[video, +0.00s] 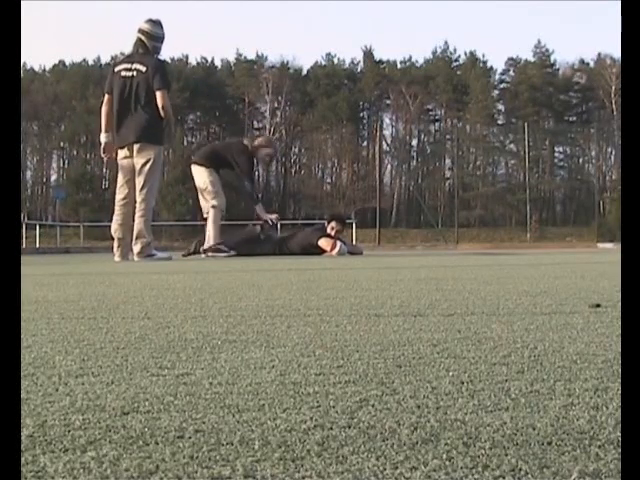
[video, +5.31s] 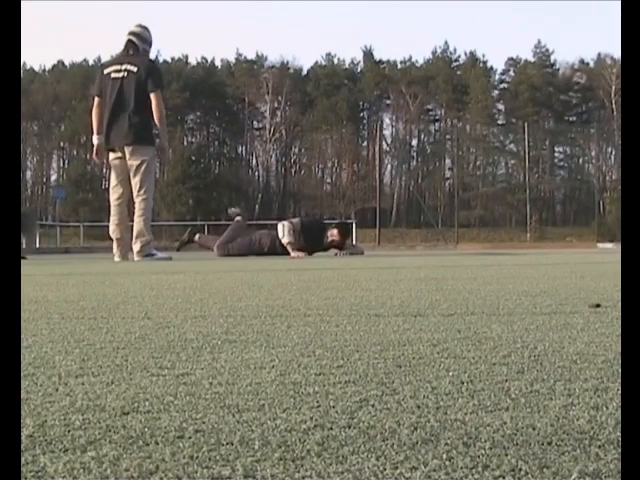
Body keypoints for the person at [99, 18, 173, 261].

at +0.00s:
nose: (161, 46)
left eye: (161, 41)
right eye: (160, 41)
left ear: (138, 37)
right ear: (156, 41)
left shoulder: (118, 65)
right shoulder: (155, 64)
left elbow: (107, 103)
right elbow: (162, 102)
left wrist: (105, 135)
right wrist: (169, 124)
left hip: (122, 136)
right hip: (148, 136)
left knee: (123, 195)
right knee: (145, 195)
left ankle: (119, 249)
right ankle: (142, 246)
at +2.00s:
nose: (164, 49)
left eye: (165, 44)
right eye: (164, 44)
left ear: (143, 38)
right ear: (160, 43)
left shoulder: (121, 65)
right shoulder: (156, 64)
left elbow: (110, 104)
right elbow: (162, 102)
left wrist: (114, 134)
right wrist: (175, 127)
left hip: (124, 137)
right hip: (148, 137)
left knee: (124, 195)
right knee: (146, 195)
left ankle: (119, 249)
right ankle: (143, 248)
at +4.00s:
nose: (150, 47)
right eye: (151, 43)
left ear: (131, 41)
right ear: (150, 42)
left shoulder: (113, 66)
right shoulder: (153, 65)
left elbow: (103, 103)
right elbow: (160, 100)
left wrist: (106, 135)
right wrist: (171, 135)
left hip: (117, 137)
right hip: (144, 137)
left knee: (120, 195)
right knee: (143, 195)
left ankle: (119, 249)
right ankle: (142, 247)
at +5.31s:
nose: (148, 50)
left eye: (147, 46)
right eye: (148, 46)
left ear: (127, 41)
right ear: (145, 44)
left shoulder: (106, 66)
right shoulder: (149, 67)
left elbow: (97, 105)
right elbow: (156, 103)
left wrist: (97, 137)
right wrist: (162, 136)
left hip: (113, 138)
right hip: (140, 138)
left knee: (117, 196)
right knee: (143, 195)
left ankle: (119, 250)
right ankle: (142, 248)